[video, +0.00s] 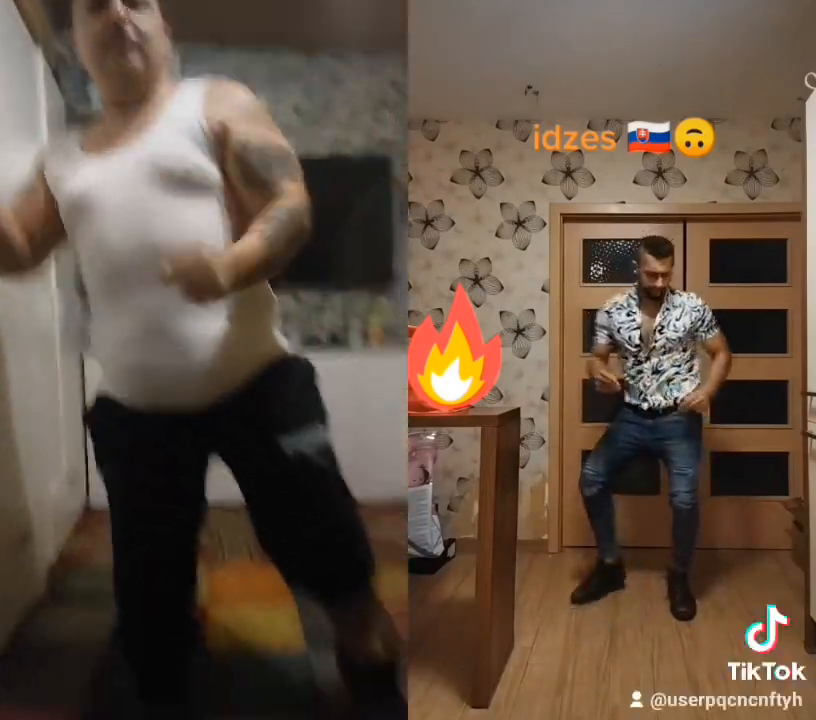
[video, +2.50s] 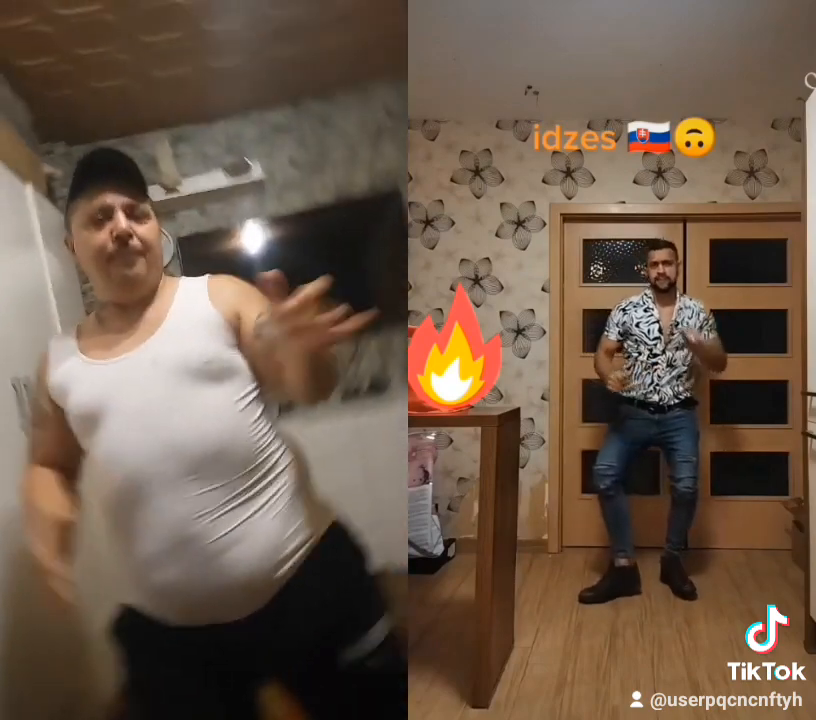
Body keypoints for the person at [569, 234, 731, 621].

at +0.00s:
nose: (659, 284)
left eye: (665, 276)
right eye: (651, 276)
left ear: (672, 272)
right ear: (637, 271)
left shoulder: (691, 308)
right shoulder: (613, 312)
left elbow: (722, 353)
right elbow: (597, 360)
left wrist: (707, 391)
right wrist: (603, 374)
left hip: (679, 419)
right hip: (632, 418)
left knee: (684, 498)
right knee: (592, 478)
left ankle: (680, 578)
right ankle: (610, 567)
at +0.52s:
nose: (623, 288)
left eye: (629, 281)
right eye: (616, 280)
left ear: (635, 282)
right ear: (600, 280)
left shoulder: (649, 314)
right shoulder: (578, 321)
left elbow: (674, 372)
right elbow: (555, 370)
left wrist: (669, 362)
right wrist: (566, 388)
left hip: (649, 422)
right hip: (602, 425)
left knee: (677, 490)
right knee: (584, 498)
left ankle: (654, 579)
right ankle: (605, 570)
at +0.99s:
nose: (613, 277)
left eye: (618, 271)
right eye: (607, 270)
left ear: (624, 272)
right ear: (591, 271)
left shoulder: (643, 304)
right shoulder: (575, 317)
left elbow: (662, 356)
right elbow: (556, 367)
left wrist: (645, 346)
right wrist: (567, 388)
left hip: (638, 414)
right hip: (596, 414)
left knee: (664, 483)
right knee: (593, 490)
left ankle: (660, 581)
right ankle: (606, 570)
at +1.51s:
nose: (620, 262)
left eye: (626, 256)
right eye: (613, 255)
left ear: (632, 262)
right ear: (600, 260)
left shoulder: (651, 299)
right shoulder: (582, 306)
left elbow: (660, 339)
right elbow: (562, 357)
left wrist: (656, 372)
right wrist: (592, 358)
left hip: (642, 406)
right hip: (598, 406)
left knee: (669, 477)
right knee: (596, 486)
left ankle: (650, 552)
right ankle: (607, 565)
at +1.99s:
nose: (649, 261)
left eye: (655, 256)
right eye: (643, 255)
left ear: (662, 262)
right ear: (630, 259)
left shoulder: (672, 302)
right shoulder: (606, 299)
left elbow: (681, 341)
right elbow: (583, 349)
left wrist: (679, 362)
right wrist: (613, 355)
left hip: (661, 407)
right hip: (616, 406)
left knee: (674, 481)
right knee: (601, 481)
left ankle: (671, 561)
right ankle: (609, 566)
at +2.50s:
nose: (661, 270)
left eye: (667, 264)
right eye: (655, 265)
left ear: (678, 268)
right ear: (646, 271)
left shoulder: (697, 312)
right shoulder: (626, 310)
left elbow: (719, 365)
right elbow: (603, 356)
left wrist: (703, 349)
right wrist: (611, 375)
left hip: (679, 413)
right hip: (633, 411)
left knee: (686, 487)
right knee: (605, 478)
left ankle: (673, 563)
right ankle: (624, 569)